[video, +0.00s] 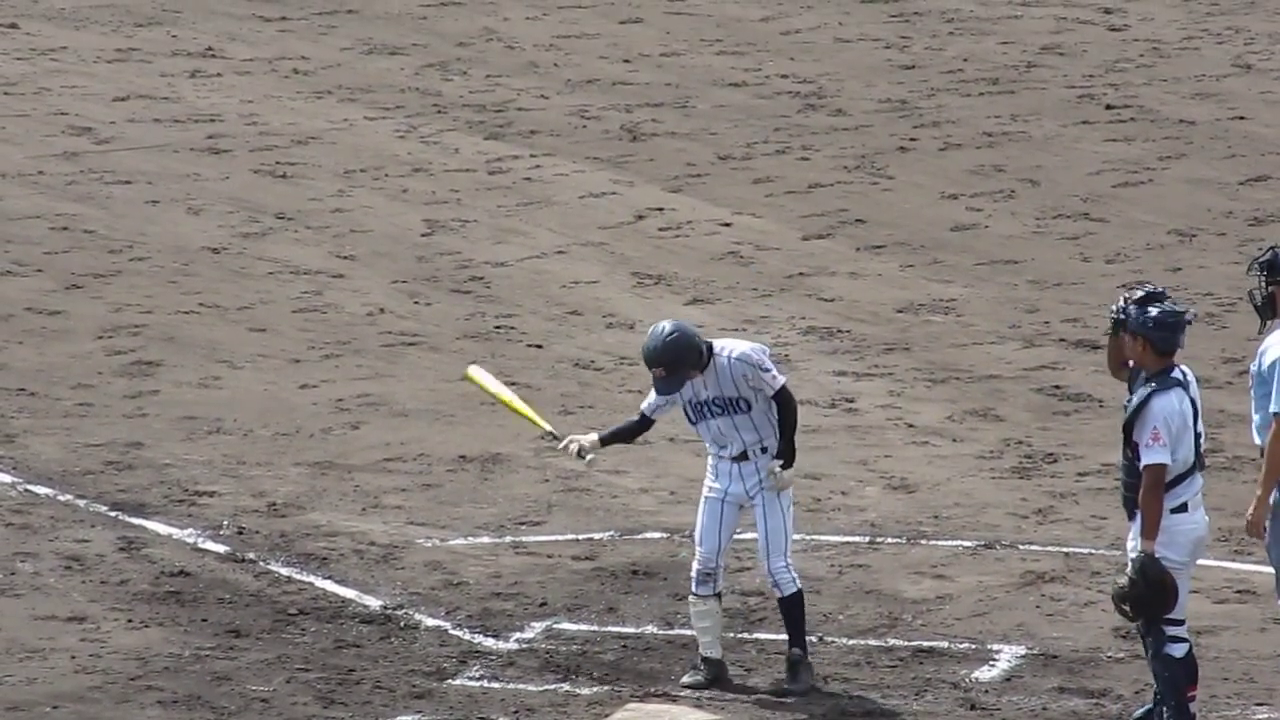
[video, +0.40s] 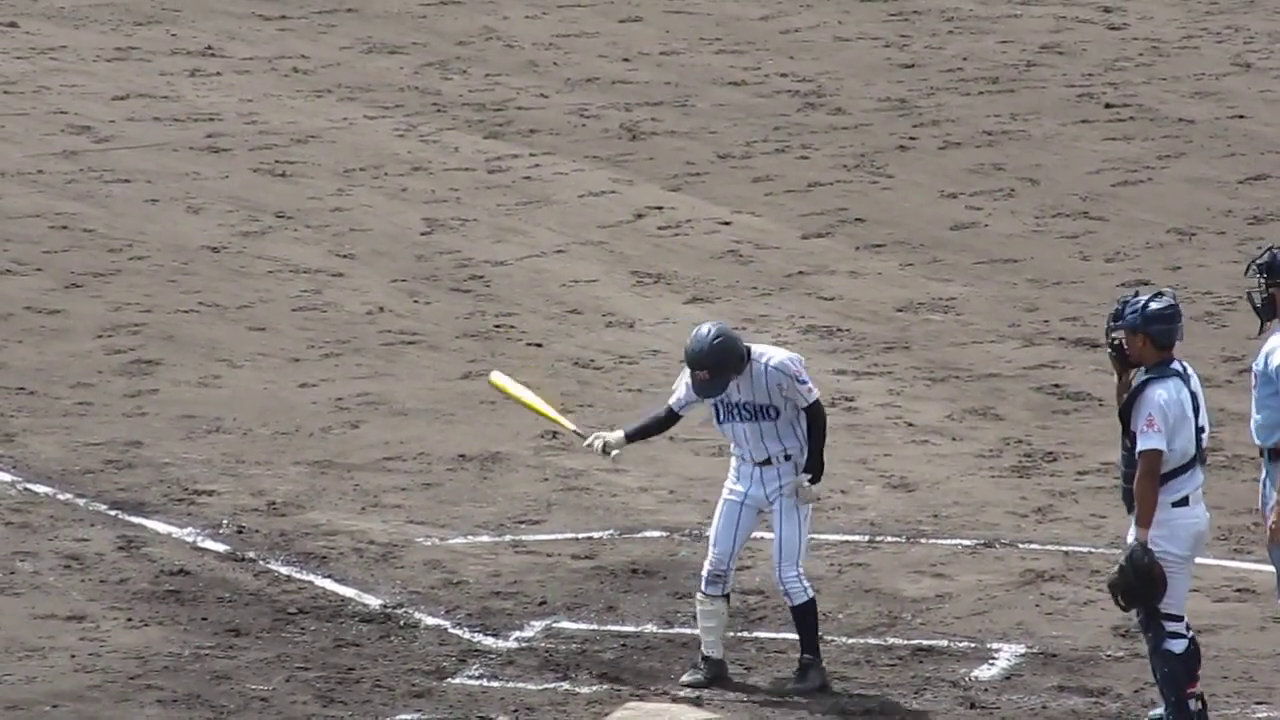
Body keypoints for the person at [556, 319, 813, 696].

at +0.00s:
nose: (667, 382)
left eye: (671, 375)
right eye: (662, 376)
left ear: (690, 360)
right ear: (663, 363)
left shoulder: (744, 358)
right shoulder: (673, 378)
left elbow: (787, 401)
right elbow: (641, 422)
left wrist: (784, 460)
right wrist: (596, 439)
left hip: (767, 467)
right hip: (721, 471)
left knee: (778, 567)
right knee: (705, 564)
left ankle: (799, 663)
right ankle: (711, 664)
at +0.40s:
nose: (701, 382)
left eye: (708, 376)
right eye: (698, 374)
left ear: (732, 365)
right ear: (696, 363)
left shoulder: (780, 367)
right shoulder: (700, 374)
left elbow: (816, 412)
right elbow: (668, 414)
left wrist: (812, 472)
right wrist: (621, 437)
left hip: (788, 474)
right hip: (743, 475)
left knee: (789, 575)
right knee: (716, 568)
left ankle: (811, 665)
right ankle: (711, 662)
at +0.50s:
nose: (727, 385)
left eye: (734, 379)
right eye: (722, 377)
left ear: (755, 366)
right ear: (717, 363)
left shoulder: (800, 370)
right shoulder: (717, 376)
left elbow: (829, 414)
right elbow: (696, 428)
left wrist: (829, 476)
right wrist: (659, 466)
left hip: (797, 474)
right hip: (750, 475)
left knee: (798, 573)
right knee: (724, 566)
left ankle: (813, 666)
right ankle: (712, 661)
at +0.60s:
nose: (750, 385)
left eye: (758, 378)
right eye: (745, 376)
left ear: (779, 364)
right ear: (737, 361)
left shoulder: (814, 371)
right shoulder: (728, 373)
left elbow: (839, 415)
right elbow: (723, 431)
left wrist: (843, 475)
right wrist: (708, 483)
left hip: (800, 476)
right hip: (750, 474)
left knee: (800, 572)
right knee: (725, 565)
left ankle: (811, 667)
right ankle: (712, 661)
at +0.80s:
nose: (779, 369)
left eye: (787, 364)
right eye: (774, 362)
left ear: (805, 356)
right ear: (764, 352)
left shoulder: (831, 367)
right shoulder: (746, 370)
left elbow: (848, 414)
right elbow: (754, 431)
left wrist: (861, 472)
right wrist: (767, 487)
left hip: (798, 470)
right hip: (748, 468)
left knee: (801, 567)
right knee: (717, 561)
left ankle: (813, 665)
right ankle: (719, 642)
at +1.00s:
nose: (783, 370)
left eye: (791, 365)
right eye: (777, 363)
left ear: (808, 354)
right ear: (767, 353)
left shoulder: (829, 361)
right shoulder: (748, 372)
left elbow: (842, 409)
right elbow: (779, 426)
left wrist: (856, 464)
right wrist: (826, 460)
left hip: (796, 473)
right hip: (745, 468)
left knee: (801, 569)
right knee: (708, 567)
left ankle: (813, 665)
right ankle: (704, 639)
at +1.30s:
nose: (749, 367)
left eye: (757, 360)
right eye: (743, 359)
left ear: (775, 349)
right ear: (735, 348)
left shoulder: (804, 357)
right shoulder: (722, 372)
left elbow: (819, 404)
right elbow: (744, 433)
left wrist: (833, 462)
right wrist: (772, 477)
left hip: (782, 465)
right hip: (732, 462)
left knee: (792, 562)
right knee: (705, 559)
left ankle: (812, 660)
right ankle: (702, 653)